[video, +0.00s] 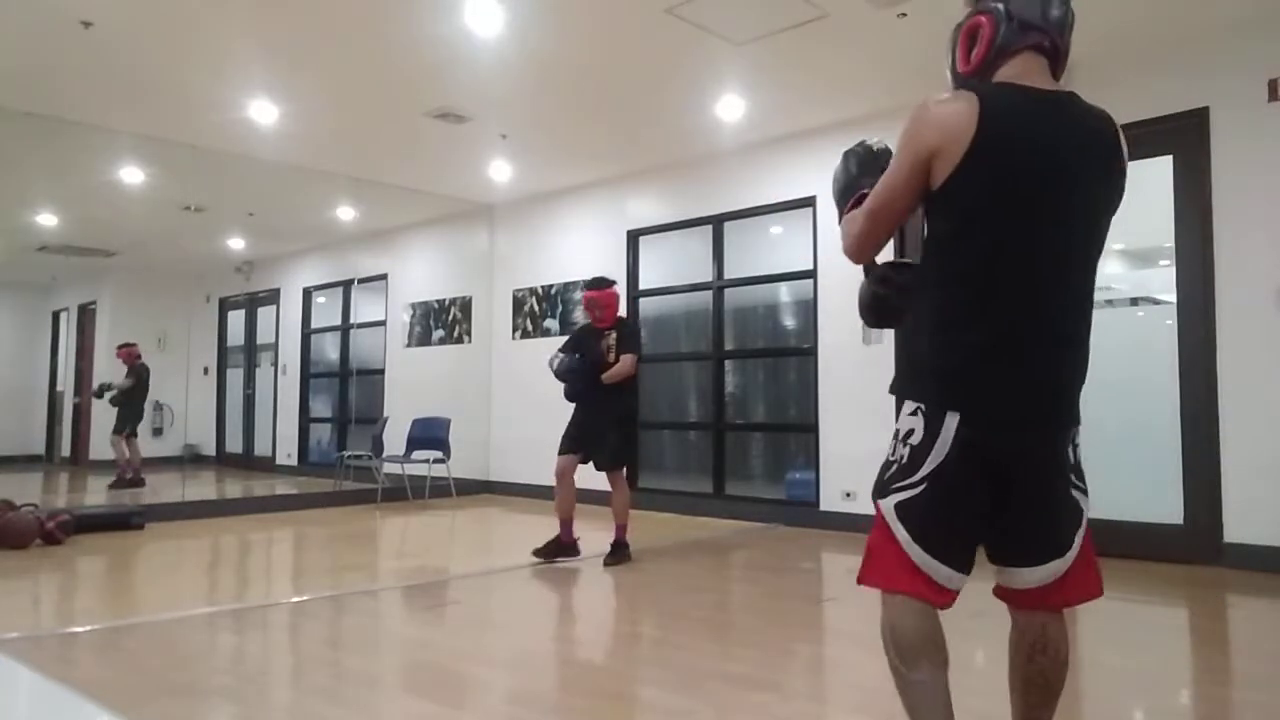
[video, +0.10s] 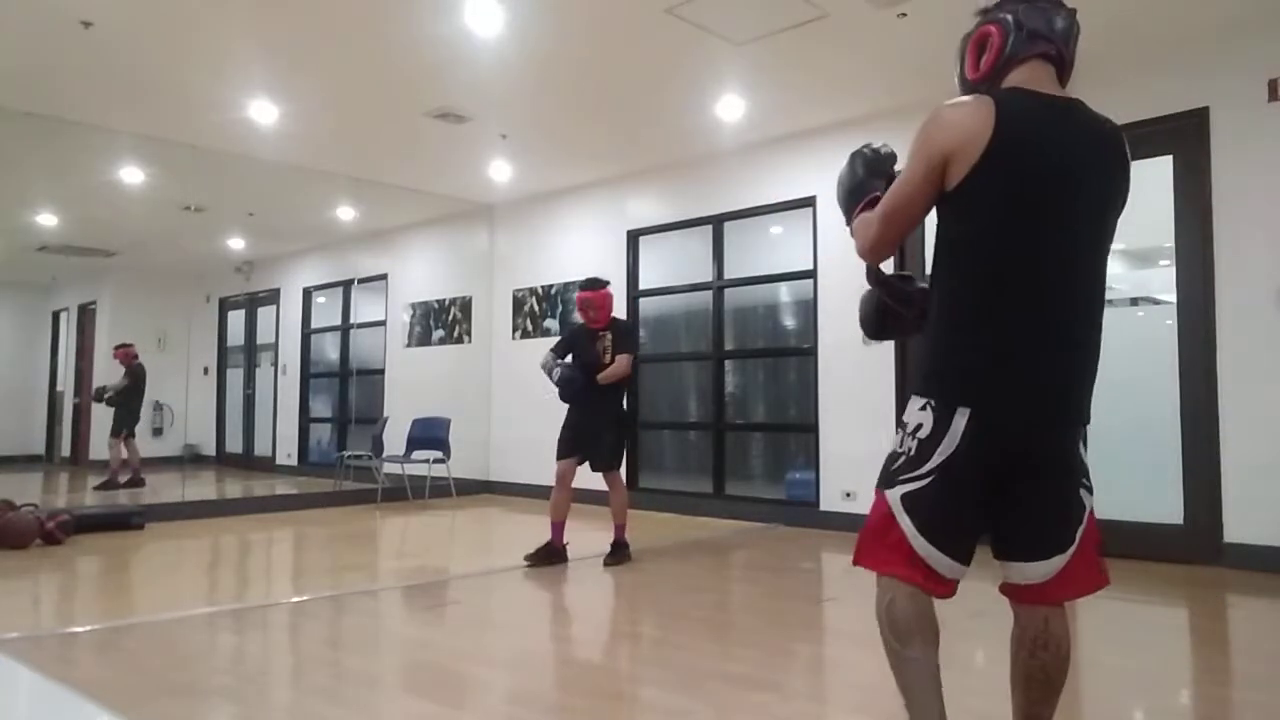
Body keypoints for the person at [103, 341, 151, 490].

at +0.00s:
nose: (122, 361)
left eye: (123, 357)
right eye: (121, 358)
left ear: (131, 355)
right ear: (133, 355)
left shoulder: (136, 369)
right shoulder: (141, 368)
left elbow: (127, 384)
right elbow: (130, 388)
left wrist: (108, 386)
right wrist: (117, 398)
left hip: (129, 410)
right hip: (134, 410)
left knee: (116, 439)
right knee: (131, 441)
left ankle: (123, 475)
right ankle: (136, 476)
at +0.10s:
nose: (119, 362)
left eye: (119, 358)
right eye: (117, 358)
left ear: (127, 356)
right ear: (129, 356)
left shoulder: (133, 370)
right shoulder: (137, 369)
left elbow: (121, 387)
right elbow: (126, 391)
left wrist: (104, 390)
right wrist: (108, 396)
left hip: (125, 413)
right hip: (131, 412)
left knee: (114, 442)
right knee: (129, 442)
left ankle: (113, 478)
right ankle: (136, 476)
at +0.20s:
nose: (115, 362)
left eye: (116, 358)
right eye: (114, 358)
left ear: (124, 356)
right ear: (126, 355)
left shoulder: (129, 371)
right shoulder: (134, 369)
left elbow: (115, 389)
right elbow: (118, 388)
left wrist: (100, 392)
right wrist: (103, 391)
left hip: (120, 413)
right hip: (127, 413)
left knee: (110, 443)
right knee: (126, 442)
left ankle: (111, 479)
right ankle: (136, 476)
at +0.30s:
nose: (112, 361)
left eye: (114, 357)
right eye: (111, 357)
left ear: (121, 355)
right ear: (125, 355)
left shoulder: (125, 371)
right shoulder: (131, 368)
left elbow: (111, 390)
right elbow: (112, 385)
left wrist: (98, 391)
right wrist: (100, 388)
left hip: (116, 413)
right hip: (123, 412)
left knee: (110, 444)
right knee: (122, 443)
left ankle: (111, 478)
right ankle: (135, 474)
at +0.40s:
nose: (109, 359)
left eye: (111, 355)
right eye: (109, 356)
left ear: (119, 354)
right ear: (123, 354)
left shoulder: (122, 370)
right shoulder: (128, 368)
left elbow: (112, 395)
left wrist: (98, 397)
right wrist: (100, 389)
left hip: (115, 412)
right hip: (118, 411)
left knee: (111, 443)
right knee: (112, 443)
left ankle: (112, 478)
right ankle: (131, 472)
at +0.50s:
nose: (106, 356)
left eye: (108, 352)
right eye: (106, 352)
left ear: (114, 353)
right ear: (122, 353)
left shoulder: (115, 370)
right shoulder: (128, 369)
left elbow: (103, 388)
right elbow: (110, 385)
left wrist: (90, 399)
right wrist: (97, 385)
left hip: (110, 411)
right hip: (119, 411)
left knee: (105, 442)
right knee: (109, 442)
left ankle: (113, 477)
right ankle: (122, 471)